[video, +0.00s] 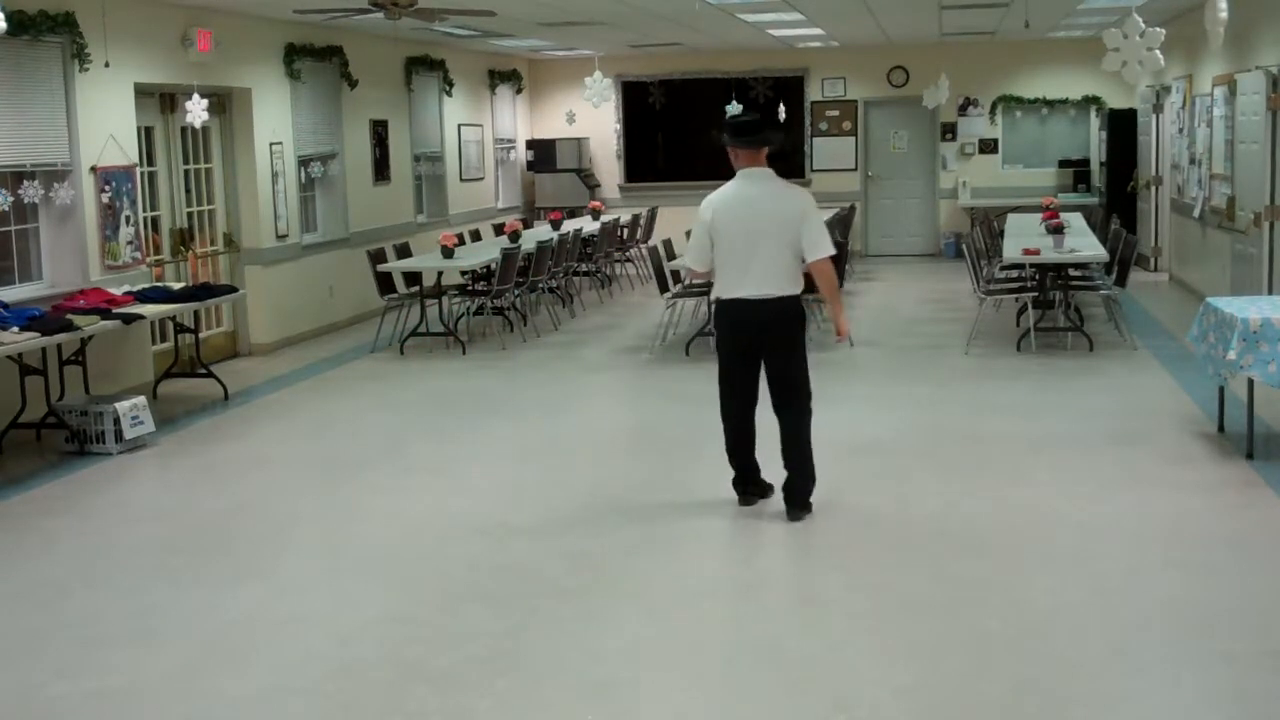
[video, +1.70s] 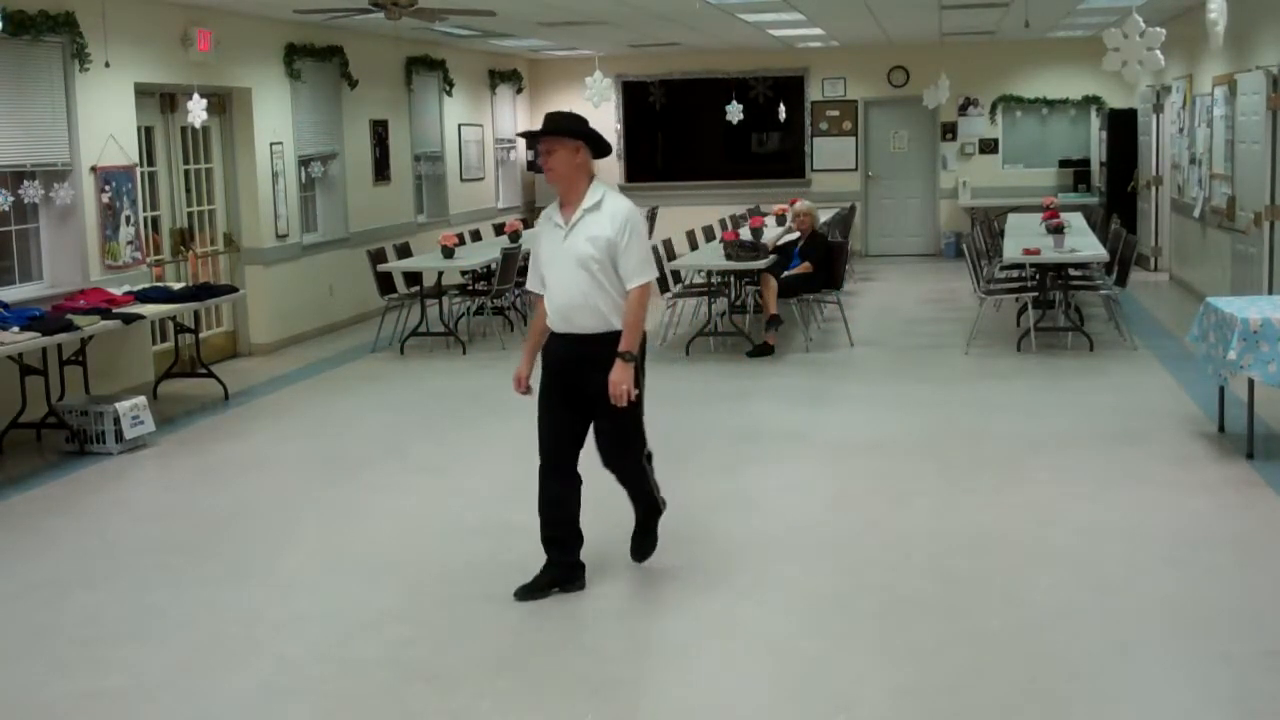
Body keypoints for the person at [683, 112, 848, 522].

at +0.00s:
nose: (731, 156)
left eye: (730, 150)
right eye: (734, 149)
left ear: (731, 152)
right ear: (768, 149)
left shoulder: (715, 203)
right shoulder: (797, 198)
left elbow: (698, 270)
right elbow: (819, 262)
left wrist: (732, 255)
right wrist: (839, 313)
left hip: (733, 317)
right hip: (784, 316)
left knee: (737, 402)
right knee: (793, 404)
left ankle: (747, 483)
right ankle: (798, 499)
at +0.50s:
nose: (696, 165)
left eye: (701, 156)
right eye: (694, 157)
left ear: (726, 151)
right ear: (731, 153)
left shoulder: (729, 201)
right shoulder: (769, 189)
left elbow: (733, 270)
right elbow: (803, 251)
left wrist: (693, 307)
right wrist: (798, 294)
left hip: (742, 320)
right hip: (778, 314)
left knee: (732, 415)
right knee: (780, 405)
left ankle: (746, 508)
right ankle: (805, 494)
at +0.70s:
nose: (673, 166)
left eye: (677, 157)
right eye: (671, 158)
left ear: (704, 151)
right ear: (705, 153)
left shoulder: (718, 194)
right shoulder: (727, 186)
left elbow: (736, 266)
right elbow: (746, 259)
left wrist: (729, 328)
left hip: (730, 317)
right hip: (741, 311)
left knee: (728, 415)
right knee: (742, 412)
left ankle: (748, 508)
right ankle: (757, 501)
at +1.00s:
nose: (642, 175)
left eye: (648, 165)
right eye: (639, 167)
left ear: (673, 162)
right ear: (653, 169)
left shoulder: (710, 209)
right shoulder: (661, 210)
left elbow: (746, 272)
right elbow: (665, 278)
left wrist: (759, 333)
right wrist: (644, 329)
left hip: (710, 330)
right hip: (678, 330)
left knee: (683, 424)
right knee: (716, 418)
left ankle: (670, 524)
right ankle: (755, 494)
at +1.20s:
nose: (615, 164)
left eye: (622, 155)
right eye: (613, 156)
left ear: (650, 154)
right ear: (632, 158)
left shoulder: (691, 205)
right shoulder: (628, 213)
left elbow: (720, 273)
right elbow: (625, 283)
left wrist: (734, 336)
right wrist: (612, 335)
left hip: (688, 332)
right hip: (642, 332)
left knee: (682, 431)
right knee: (630, 423)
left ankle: (670, 523)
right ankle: (681, 490)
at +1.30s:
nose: (602, 164)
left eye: (609, 155)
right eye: (600, 156)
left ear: (638, 155)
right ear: (609, 161)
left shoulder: (679, 207)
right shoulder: (609, 213)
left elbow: (708, 277)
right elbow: (610, 286)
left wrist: (711, 343)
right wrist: (595, 339)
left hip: (676, 337)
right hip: (626, 339)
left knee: (678, 436)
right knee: (606, 436)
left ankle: (673, 521)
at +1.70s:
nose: (541, 161)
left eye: (550, 151)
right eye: (539, 153)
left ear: (581, 154)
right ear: (548, 160)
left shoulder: (621, 213)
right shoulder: (546, 223)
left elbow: (640, 289)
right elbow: (546, 301)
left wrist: (625, 360)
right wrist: (527, 357)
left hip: (611, 350)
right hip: (562, 352)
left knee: (621, 455)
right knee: (555, 463)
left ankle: (649, 508)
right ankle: (563, 564)